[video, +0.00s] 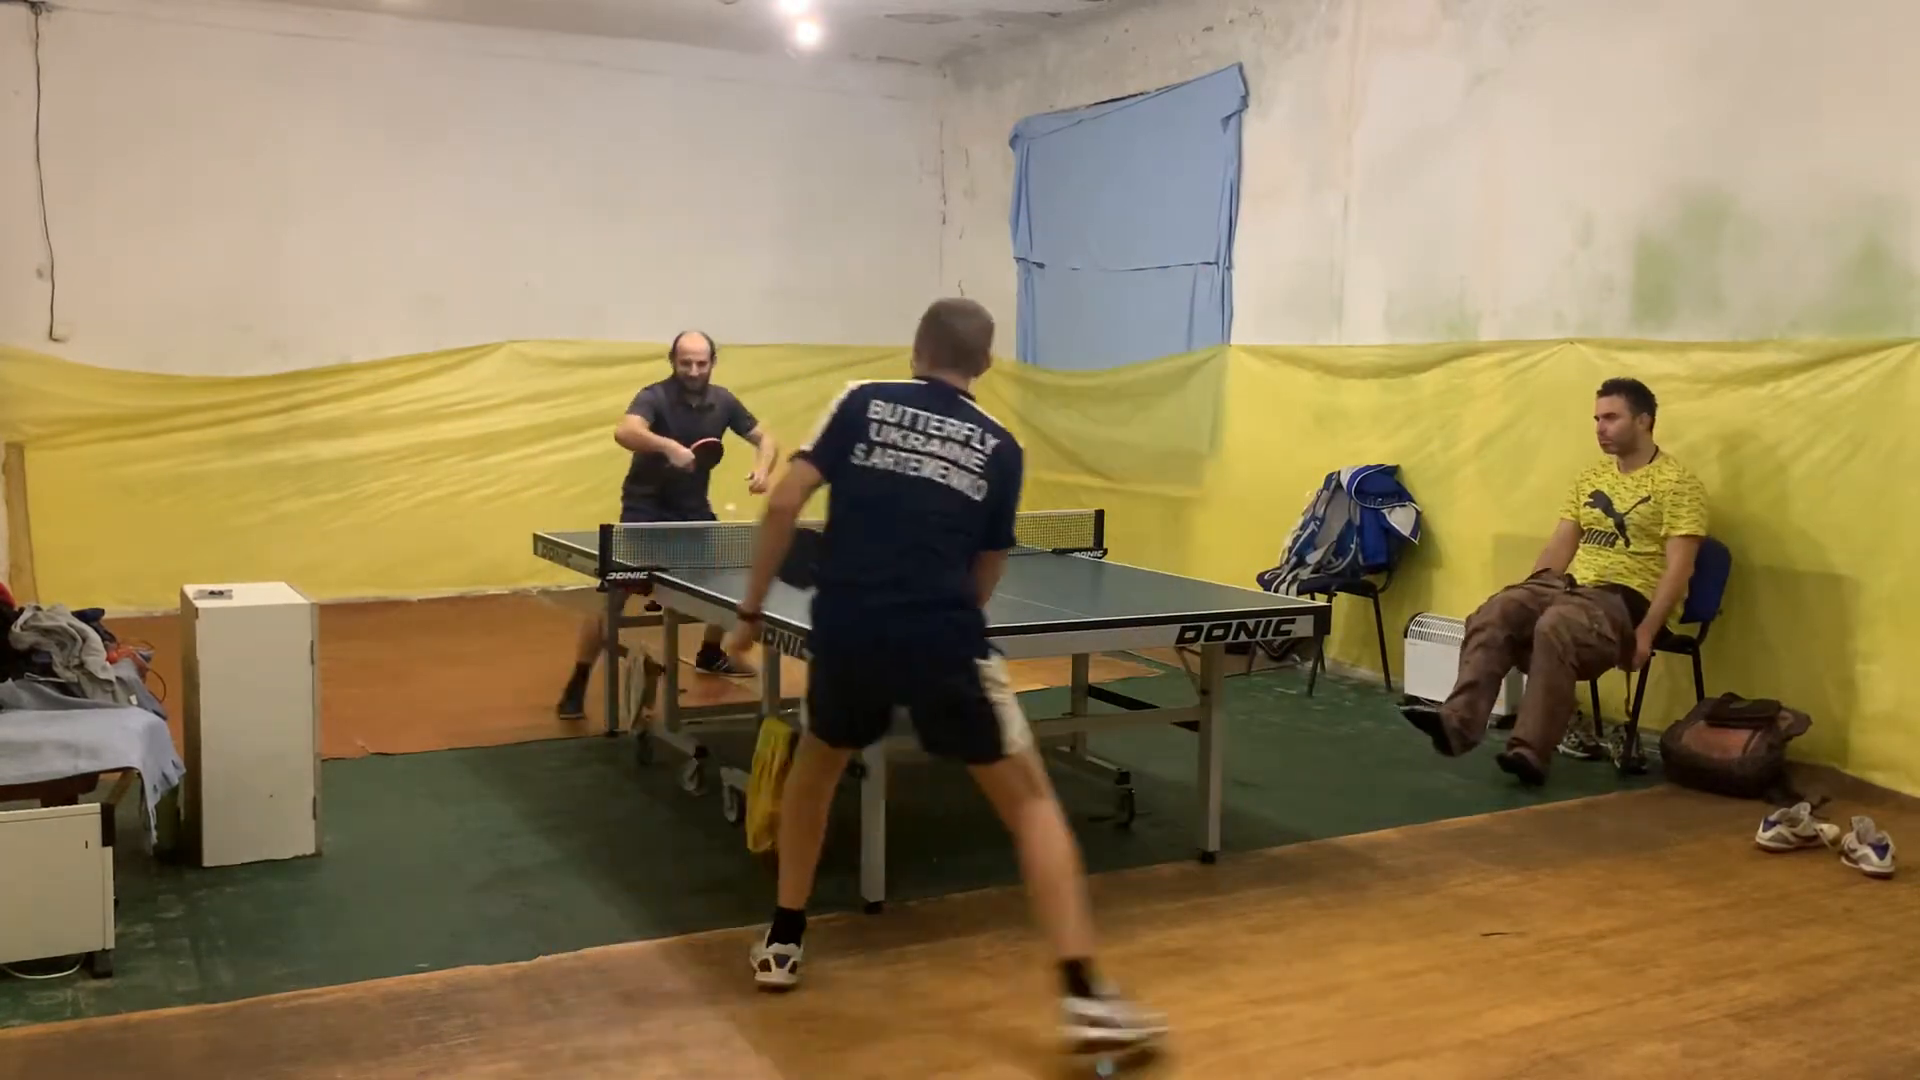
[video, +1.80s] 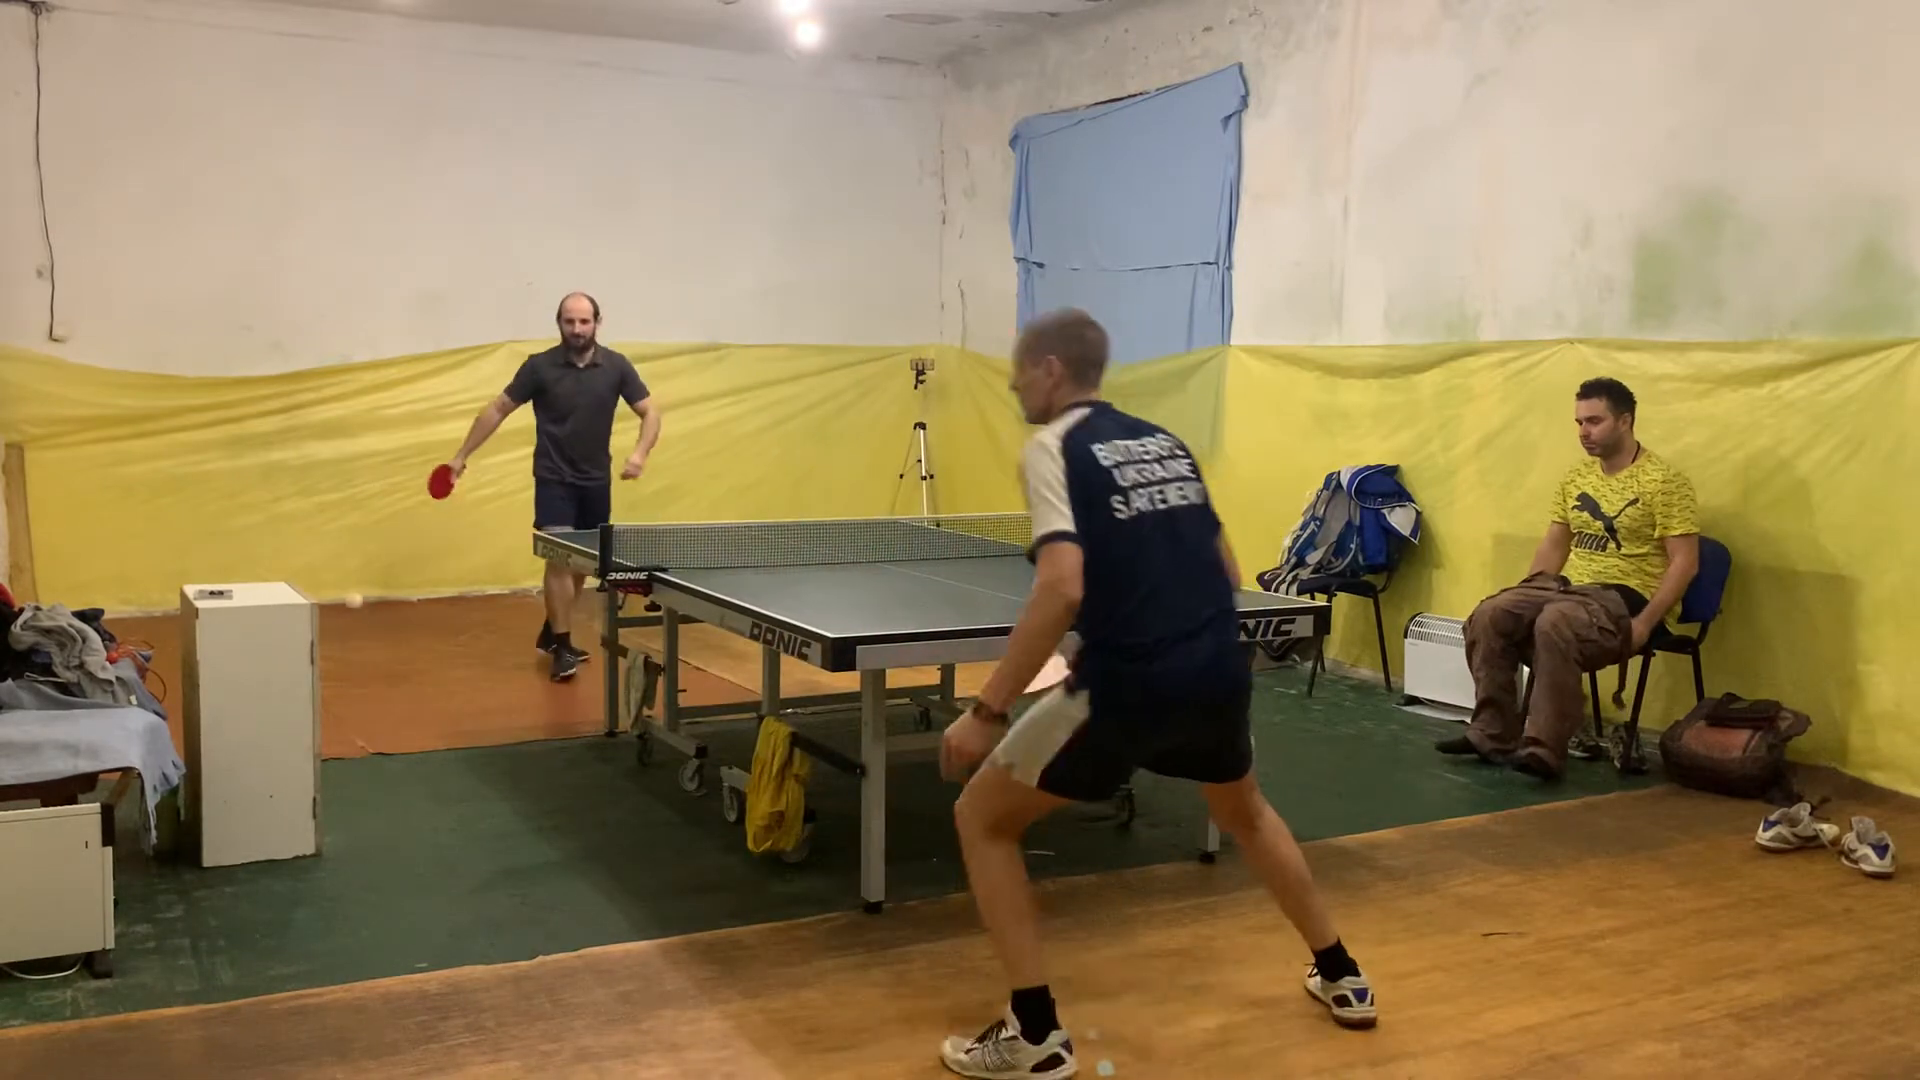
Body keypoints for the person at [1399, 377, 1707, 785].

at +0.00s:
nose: (1600, 428)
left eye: (1610, 418)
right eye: (1597, 419)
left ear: (1644, 420)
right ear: (1596, 422)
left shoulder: (1679, 483)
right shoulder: (1592, 476)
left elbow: (1680, 568)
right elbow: (1561, 546)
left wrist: (1647, 630)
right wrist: (1531, 592)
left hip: (1627, 596)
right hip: (1570, 587)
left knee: (1557, 627)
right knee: (1496, 614)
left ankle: (1531, 751)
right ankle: (1458, 723)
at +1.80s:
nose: (1583, 432)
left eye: (1593, 422)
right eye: (1579, 422)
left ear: (1626, 420)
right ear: (1576, 422)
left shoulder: (1663, 481)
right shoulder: (1577, 476)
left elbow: (1685, 561)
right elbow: (1554, 543)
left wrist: (1644, 622)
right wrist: (1532, 592)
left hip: (1631, 597)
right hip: (1570, 590)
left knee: (1555, 623)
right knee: (1489, 617)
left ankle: (1544, 749)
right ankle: (1493, 734)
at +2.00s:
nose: (1592, 412)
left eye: (1605, 404)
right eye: (1589, 403)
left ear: (1635, 411)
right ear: (1584, 408)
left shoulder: (1655, 472)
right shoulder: (1573, 462)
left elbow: (1639, 548)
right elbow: (1513, 492)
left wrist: (1557, 526)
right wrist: (1534, 449)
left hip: (1637, 601)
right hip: (1572, 593)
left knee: (1580, 651)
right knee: (1474, 630)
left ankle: (1577, 746)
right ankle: (1535, 722)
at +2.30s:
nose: (1587, 413)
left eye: (1599, 404)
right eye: (1585, 404)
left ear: (1632, 412)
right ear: (1582, 408)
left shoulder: (1656, 473)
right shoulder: (1569, 465)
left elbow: (1650, 550)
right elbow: (1531, 526)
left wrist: (1581, 516)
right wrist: (1497, 482)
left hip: (1637, 601)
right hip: (1571, 594)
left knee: (1579, 650)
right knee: (1474, 629)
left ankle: (1577, 745)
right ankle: (1535, 722)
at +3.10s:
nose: (1577, 416)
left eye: (1588, 406)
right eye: (1577, 407)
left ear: (1622, 412)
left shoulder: (1654, 472)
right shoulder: (1571, 468)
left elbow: (1649, 549)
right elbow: (1556, 546)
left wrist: (1580, 517)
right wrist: (1529, 529)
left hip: (1639, 601)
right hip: (1574, 595)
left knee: (1579, 649)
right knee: (1475, 629)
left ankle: (1577, 746)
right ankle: (1535, 723)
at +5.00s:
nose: (1579, 420)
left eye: (1590, 410)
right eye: (1577, 411)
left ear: (1623, 415)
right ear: (1576, 414)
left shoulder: (1656, 475)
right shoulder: (1569, 471)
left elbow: (1673, 556)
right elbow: (1536, 545)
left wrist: (1602, 533)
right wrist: (1545, 534)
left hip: (1638, 599)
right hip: (1573, 591)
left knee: (1578, 650)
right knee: (1475, 629)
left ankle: (1577, 746)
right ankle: (1535, 721)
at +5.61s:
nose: (1579, 420)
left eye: (1591, 410)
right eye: (1578, 411)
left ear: (1624, 416)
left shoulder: (1659, 476)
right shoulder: (1570, 470)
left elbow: (1674, 555)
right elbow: (1537, 543)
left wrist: (1603, 532)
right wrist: (1552, 532)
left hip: (1639, 599)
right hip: (1572, 591)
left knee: (1579, 649)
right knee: (1475, 628)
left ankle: (1577, 745)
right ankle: (1535, 721)